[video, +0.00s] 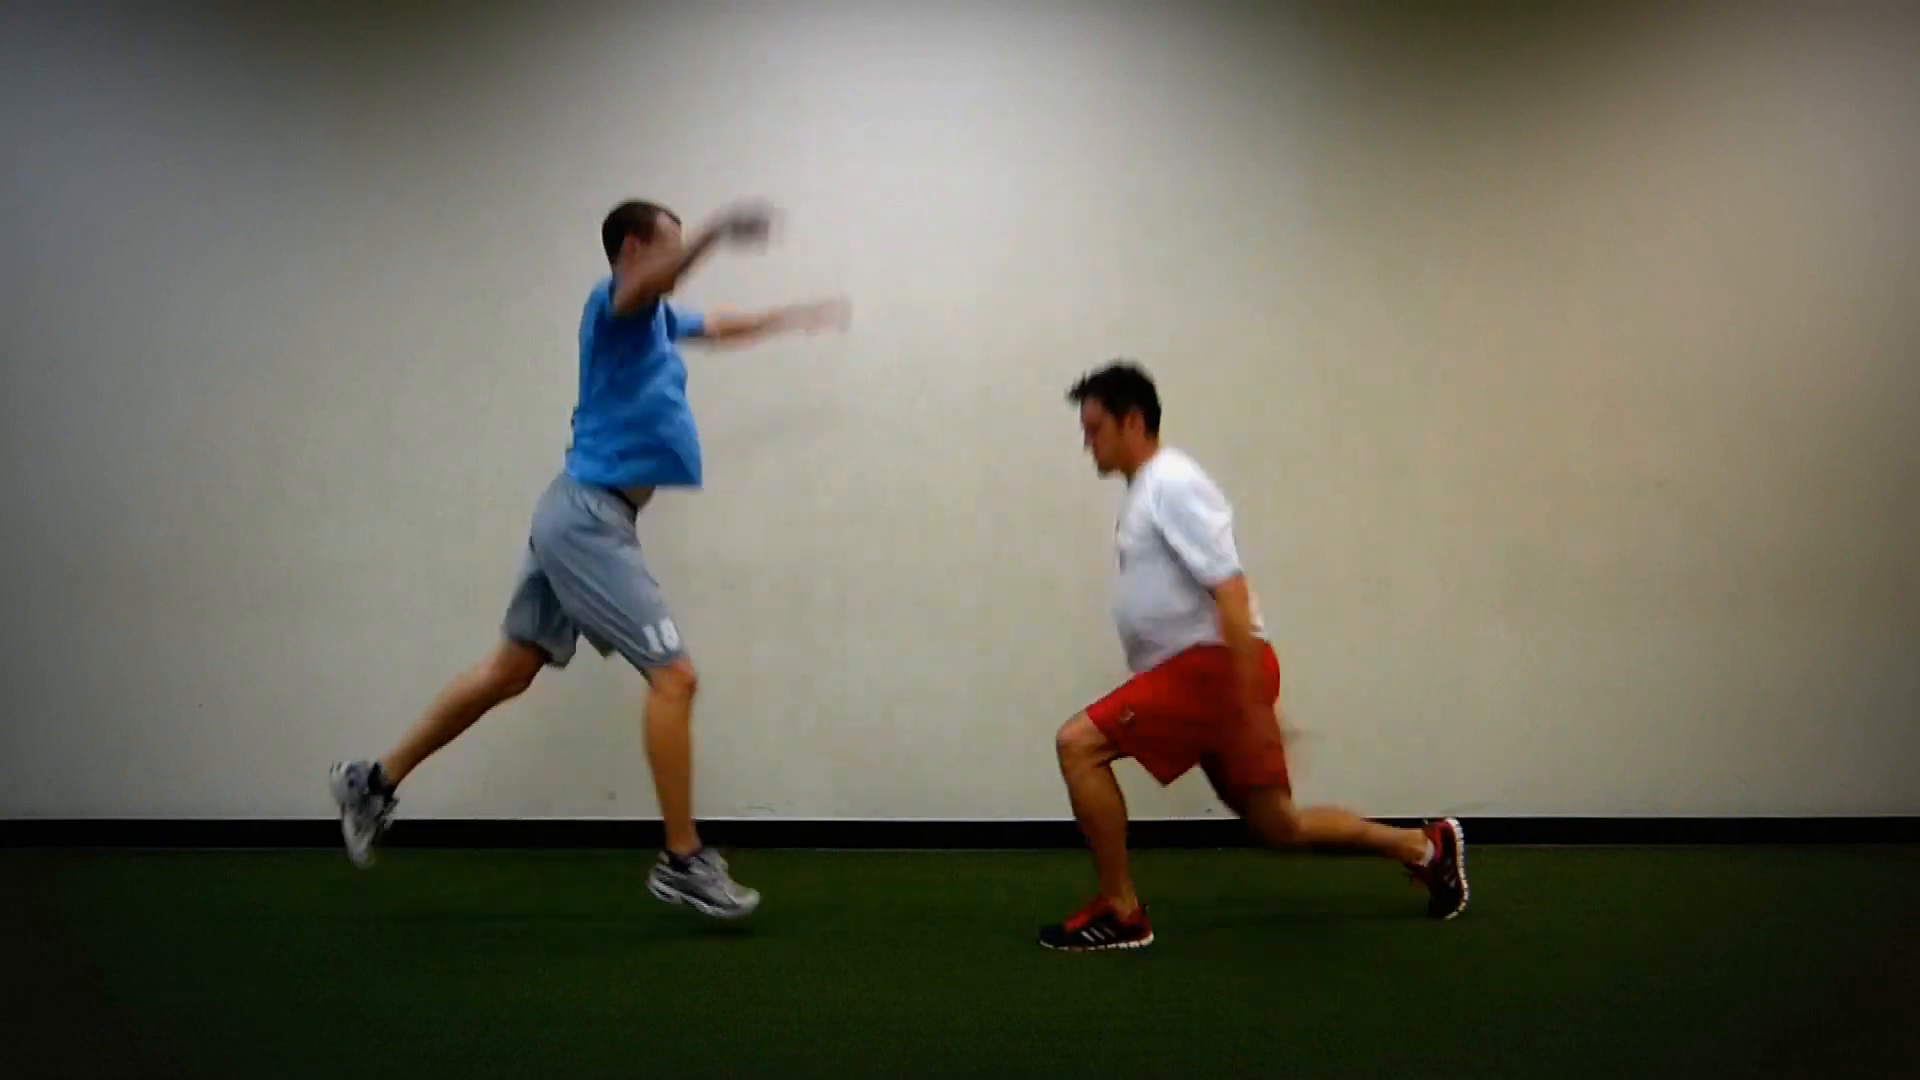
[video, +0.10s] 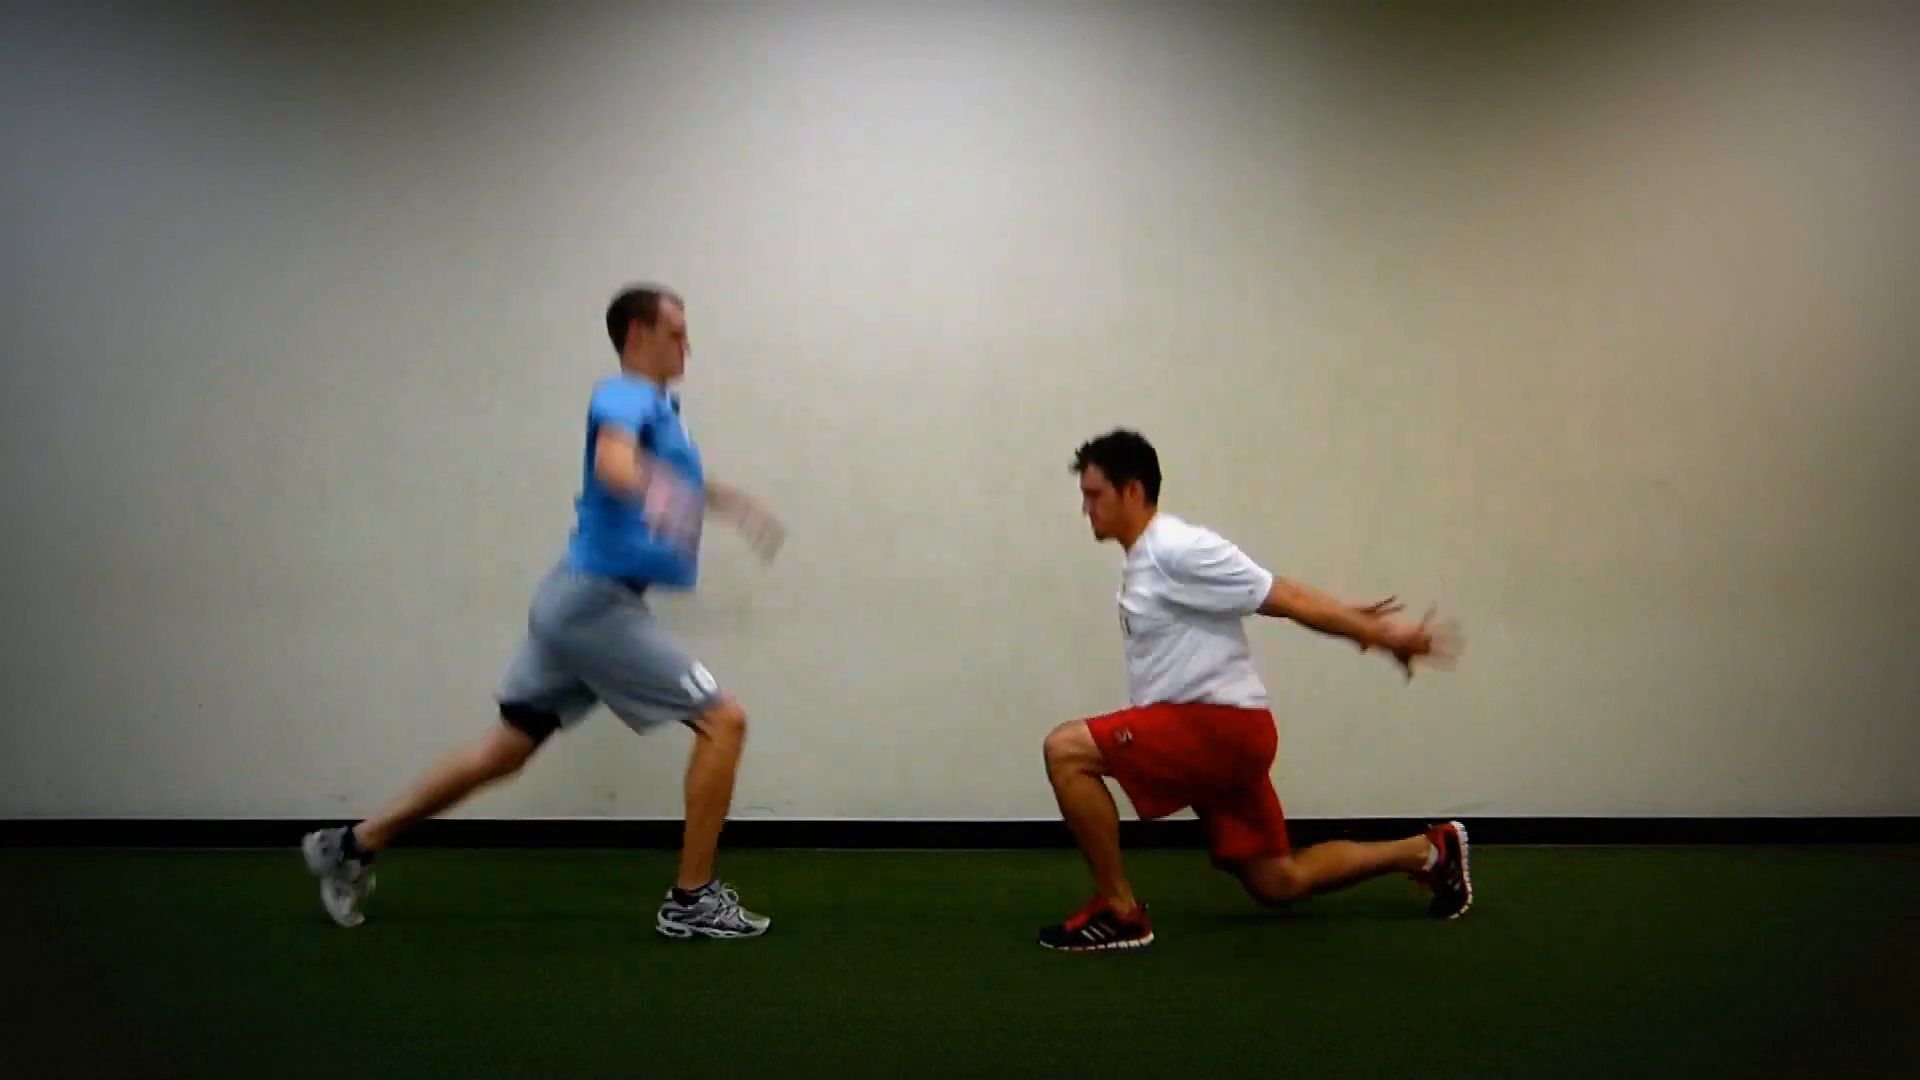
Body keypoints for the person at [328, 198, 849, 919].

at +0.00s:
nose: (679, 252)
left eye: (682, 243)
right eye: (669, 241)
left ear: (644, 247)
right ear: (631, 247)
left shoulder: (659, 316)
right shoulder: (613, 307)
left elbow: (720, 327)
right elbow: (646, 283)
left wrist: (797, 317)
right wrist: (715, 233)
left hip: (583, 516)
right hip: (587, 518)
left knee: (509, 673)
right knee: (674, 678)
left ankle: (377, 782)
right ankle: (683, 859)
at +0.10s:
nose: (686, 348)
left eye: (685, 336)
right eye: (676, 335)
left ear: (648, 339)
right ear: (638, 337)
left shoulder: (658, 408)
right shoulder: (625, 394)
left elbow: (685, 482)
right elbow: (614, 464)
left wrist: (741, 508)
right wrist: (652, 494)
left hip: (582, 602)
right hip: (591, 605)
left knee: (503, 752)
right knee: (723, 723)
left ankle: (353, 845)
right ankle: (694, 896)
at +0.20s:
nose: (694, 427)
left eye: (691, 416)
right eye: (683, 417)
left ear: (658, 426)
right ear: (645, 425)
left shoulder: (656, 500)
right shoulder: (629, 501)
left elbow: (608, 604)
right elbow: (585, 603)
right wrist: (582, 707)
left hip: (583, 678)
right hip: (596, 679)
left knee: (506, 839)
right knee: (747, 731)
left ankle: (334, 856)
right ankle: (697, 897)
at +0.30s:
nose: (695, 459)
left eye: (692, 449)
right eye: (683, 451)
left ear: (660, 462)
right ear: (646, 464)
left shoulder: (654, 538)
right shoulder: (625, 542)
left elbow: (625, 652)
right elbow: (581, 662)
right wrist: (569, 769)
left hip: (589, 710)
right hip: (591, 710)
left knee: (508, 874)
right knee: (749, 735)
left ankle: (341, 857)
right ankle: (697, 897)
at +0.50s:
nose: (679, 385)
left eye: (676, 373)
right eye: (667, 374)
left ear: (636, 385)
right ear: (632, 384)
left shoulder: (644, 452)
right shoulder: (620, 453)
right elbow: (684, 505)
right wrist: (777, 469)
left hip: (574, 644)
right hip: (583, 644)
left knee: (498, 794)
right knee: (728, 728)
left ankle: (333, 854)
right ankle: (698, 897)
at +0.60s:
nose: (686, 281)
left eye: (682, 270)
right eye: (674, 272)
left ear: (647, 289)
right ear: (639, 284)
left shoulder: (669, 359)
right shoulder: (624, 343)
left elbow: (725, 330)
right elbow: (696, 283)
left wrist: (766, 257)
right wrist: (748, 204)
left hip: (587, 562)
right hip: (582, 562)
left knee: (505, 704)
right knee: (667, 707)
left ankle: (382, 827)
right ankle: (686, 896)